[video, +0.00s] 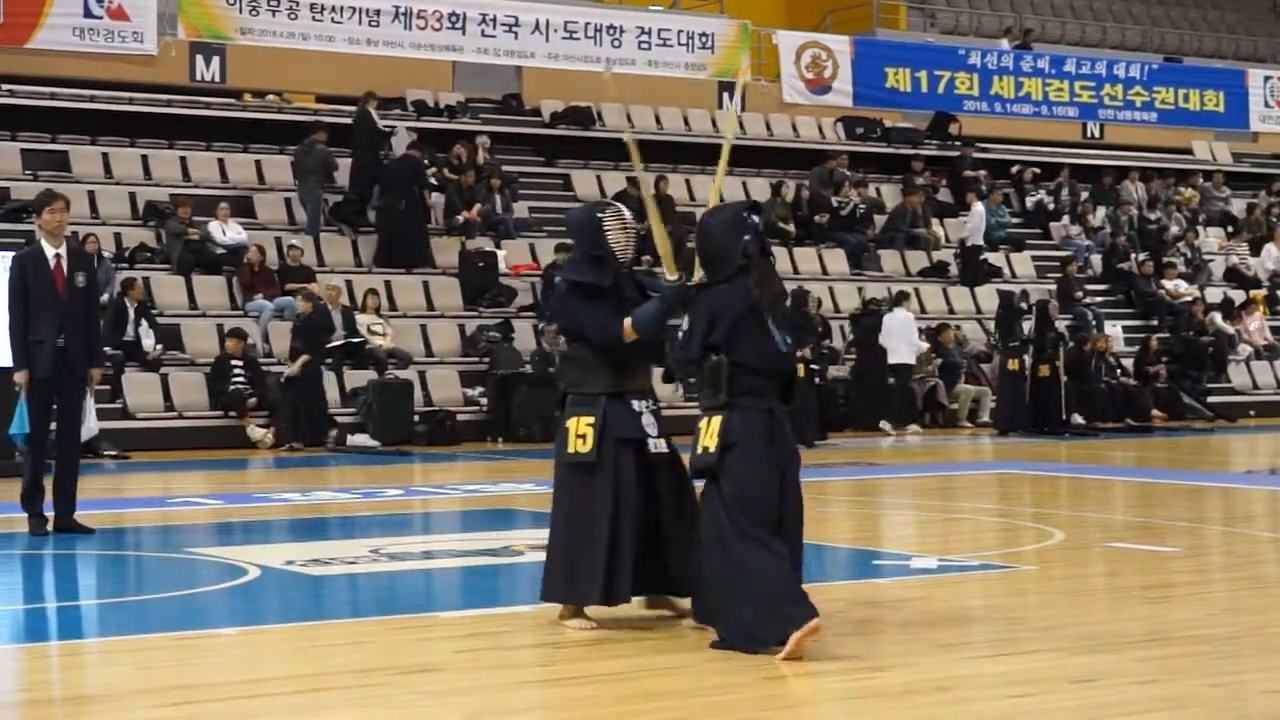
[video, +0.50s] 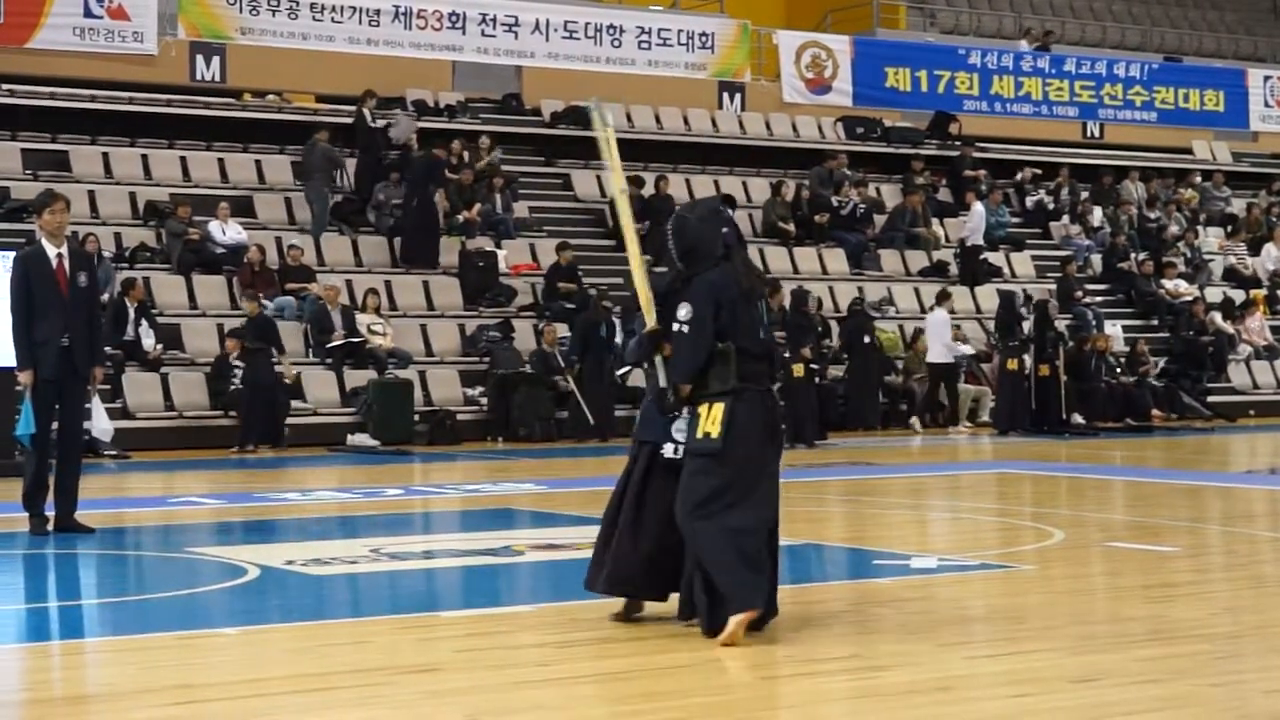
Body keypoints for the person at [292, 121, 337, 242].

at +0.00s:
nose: (325, 137)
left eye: (325, 134)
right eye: (323, 134)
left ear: (312, 134)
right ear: (319, 135)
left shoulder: (299, 150)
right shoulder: (322, 150)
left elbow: (296, 169)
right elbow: (334, 166)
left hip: (302, 188)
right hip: (315, 189)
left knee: (312, 219)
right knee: (313, 221)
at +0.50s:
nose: (327, 137)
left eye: (326, 135)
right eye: (325, 135)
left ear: (315, 135)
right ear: (322, 136)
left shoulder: (307, 148)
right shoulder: (325, 148)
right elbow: (340, 162)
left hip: (309, 185)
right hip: (321, 186)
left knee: (316, 218)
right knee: (321, 220)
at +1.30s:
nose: (332, 141)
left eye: (332, 138)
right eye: (332, 138)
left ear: (321, 137)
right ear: (329, 138)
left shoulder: (312, 149)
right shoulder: (325, 149)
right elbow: (335, 163)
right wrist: (348, 169)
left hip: (310, 188)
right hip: (320, 189)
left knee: (316, 221)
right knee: (322, 222)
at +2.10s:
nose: (345, 147)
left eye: (346, 145)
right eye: (345, 144)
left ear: (335, 142)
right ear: (343, 142)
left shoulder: (326, 152)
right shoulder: (336, 149)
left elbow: (334, 183)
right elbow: (352, 153)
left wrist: (353, 190)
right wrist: (363, 158)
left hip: (316, 191)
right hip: (323, 191)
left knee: (324, 225)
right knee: (324, 226)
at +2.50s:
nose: (348, 150)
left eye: (348, 148)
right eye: (347, 147)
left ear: (337, 144)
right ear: (345, 145)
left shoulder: (329, 154)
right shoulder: (338, 151)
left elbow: (335, 184)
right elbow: (361, 154)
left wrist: (354, 193)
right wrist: (365, 161)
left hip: (317, 190)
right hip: (324, 190)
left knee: (325, 225)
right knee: (325, 226)